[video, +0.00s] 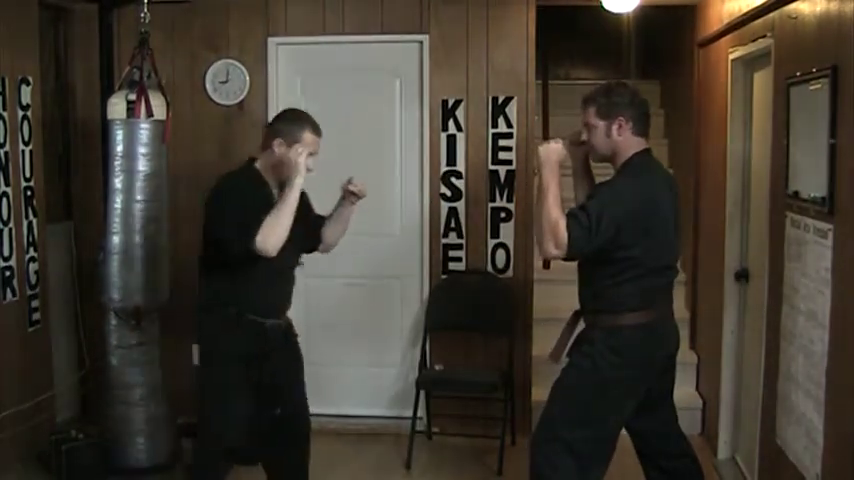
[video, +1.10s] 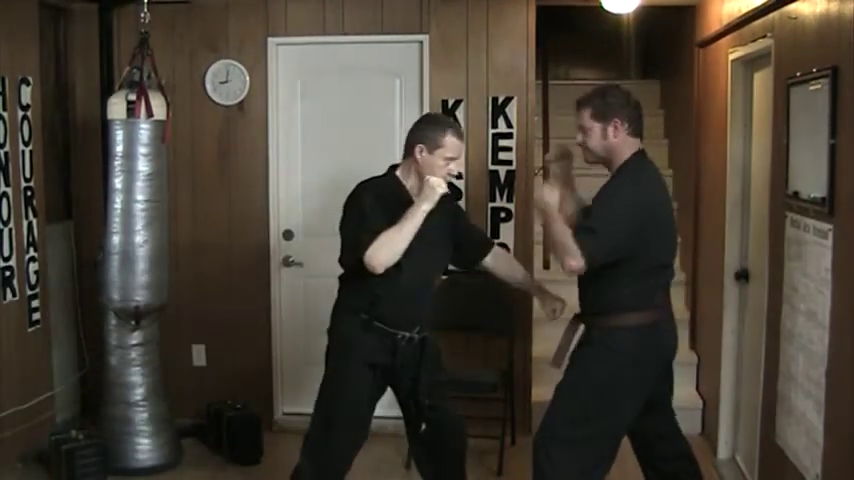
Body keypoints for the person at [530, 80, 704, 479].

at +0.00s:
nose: (585, 137)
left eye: (590, 127)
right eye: (584, 128)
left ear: (620, 126)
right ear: (625, 127)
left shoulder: (627, 187)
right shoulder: (659, 180)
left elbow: (558, 243)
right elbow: (596, 224)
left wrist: (549, 170)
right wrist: (581, 164)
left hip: (617, 343)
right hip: (654, 336)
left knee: (556, 452)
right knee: (664, 449)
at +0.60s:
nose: (584, 137)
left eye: (588, 127)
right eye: (583, 127)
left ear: (617, 126)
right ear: (625, 126)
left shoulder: (619, 189)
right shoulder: (664, 181)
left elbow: (550, 247)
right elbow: (602, 225)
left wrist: (544, 180)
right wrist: (588, 166)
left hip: (616, 343)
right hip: (658, 336)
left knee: (556, 451)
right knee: (665, 447)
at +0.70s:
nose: (586, 139)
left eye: (589, 128)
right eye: (585, 129)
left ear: (617, 126)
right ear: (626, 125)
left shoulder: (620, 189)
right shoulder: (665, 181)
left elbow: (546, 249)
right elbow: (602, 221)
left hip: (618, 343)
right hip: (660, 336)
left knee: (557, 450)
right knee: (664, 446)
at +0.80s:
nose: (585, 139)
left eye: (588, 128)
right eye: (585, 128)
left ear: (617, 126)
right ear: (627, 126)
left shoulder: (616, 190)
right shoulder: (666, 181)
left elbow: (545, 258)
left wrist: (541, 290)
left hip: (617, 343)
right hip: (661, 338)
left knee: (557, 450)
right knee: (664, 447)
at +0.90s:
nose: (584, 140)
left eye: (587, 129)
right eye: (583, 130)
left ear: (616, 127)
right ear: (625, 127)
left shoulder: (616, 189)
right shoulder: (664, 181)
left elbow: (545, 263)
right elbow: (639, 270)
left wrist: (535, 293)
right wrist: (586, 324)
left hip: (618, 345)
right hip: (661, 340)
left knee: (556, 451)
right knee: (664, 449)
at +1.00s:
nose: (582, 140)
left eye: (586, 130)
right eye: (582, 130)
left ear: (615, 127)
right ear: (624, 127)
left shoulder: (616, 191)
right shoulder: (665, 184)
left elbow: (553, 263)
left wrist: (550, 245)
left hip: (618, 342)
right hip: (660, 336)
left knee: (557, 448)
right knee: (662, 447)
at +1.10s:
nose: (579, 140)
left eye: (584, 130)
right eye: (579, 131)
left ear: (615, 129)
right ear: (616, 129)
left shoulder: (630, 184)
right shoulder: (639, 177)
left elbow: (575, 259)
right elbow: (589, 226)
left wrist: (551, 209)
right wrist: (566, 185)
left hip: (621, 340)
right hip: (645, 335)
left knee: (558, 451)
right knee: (661, 446)